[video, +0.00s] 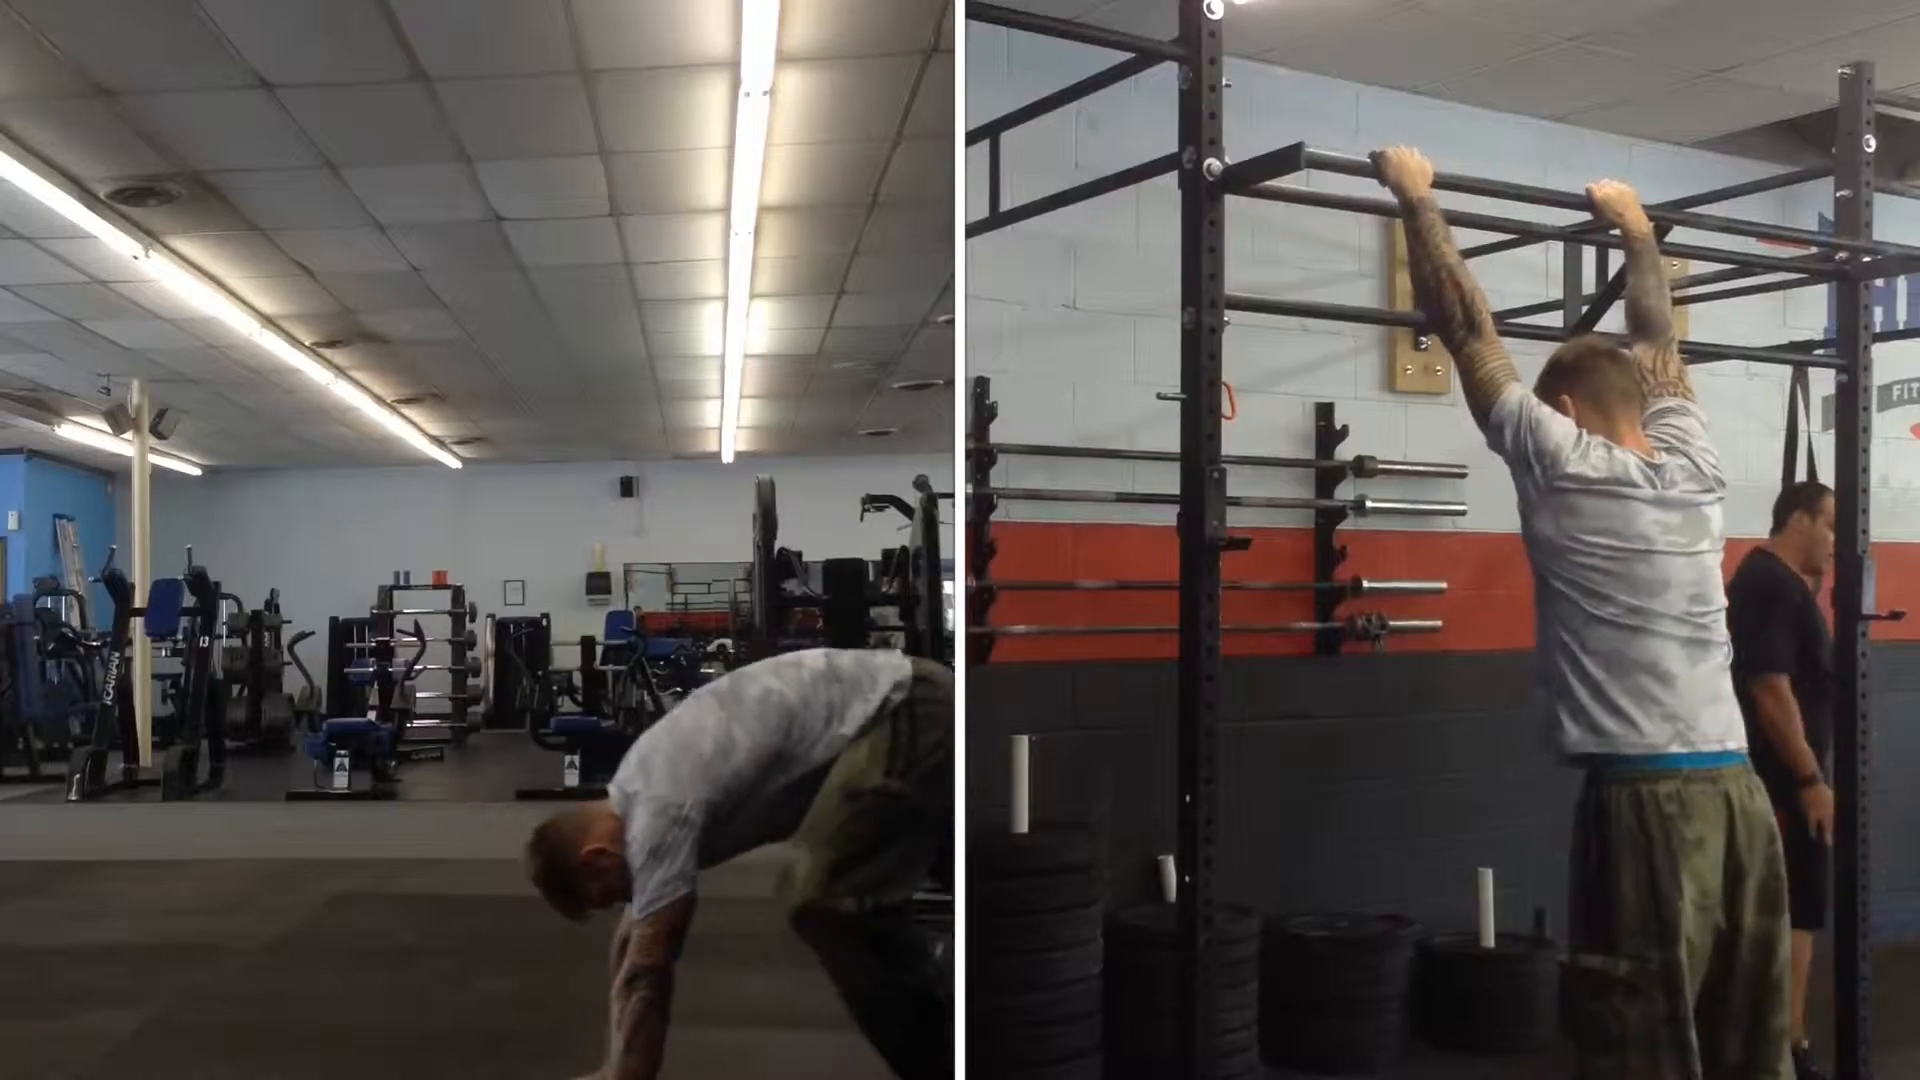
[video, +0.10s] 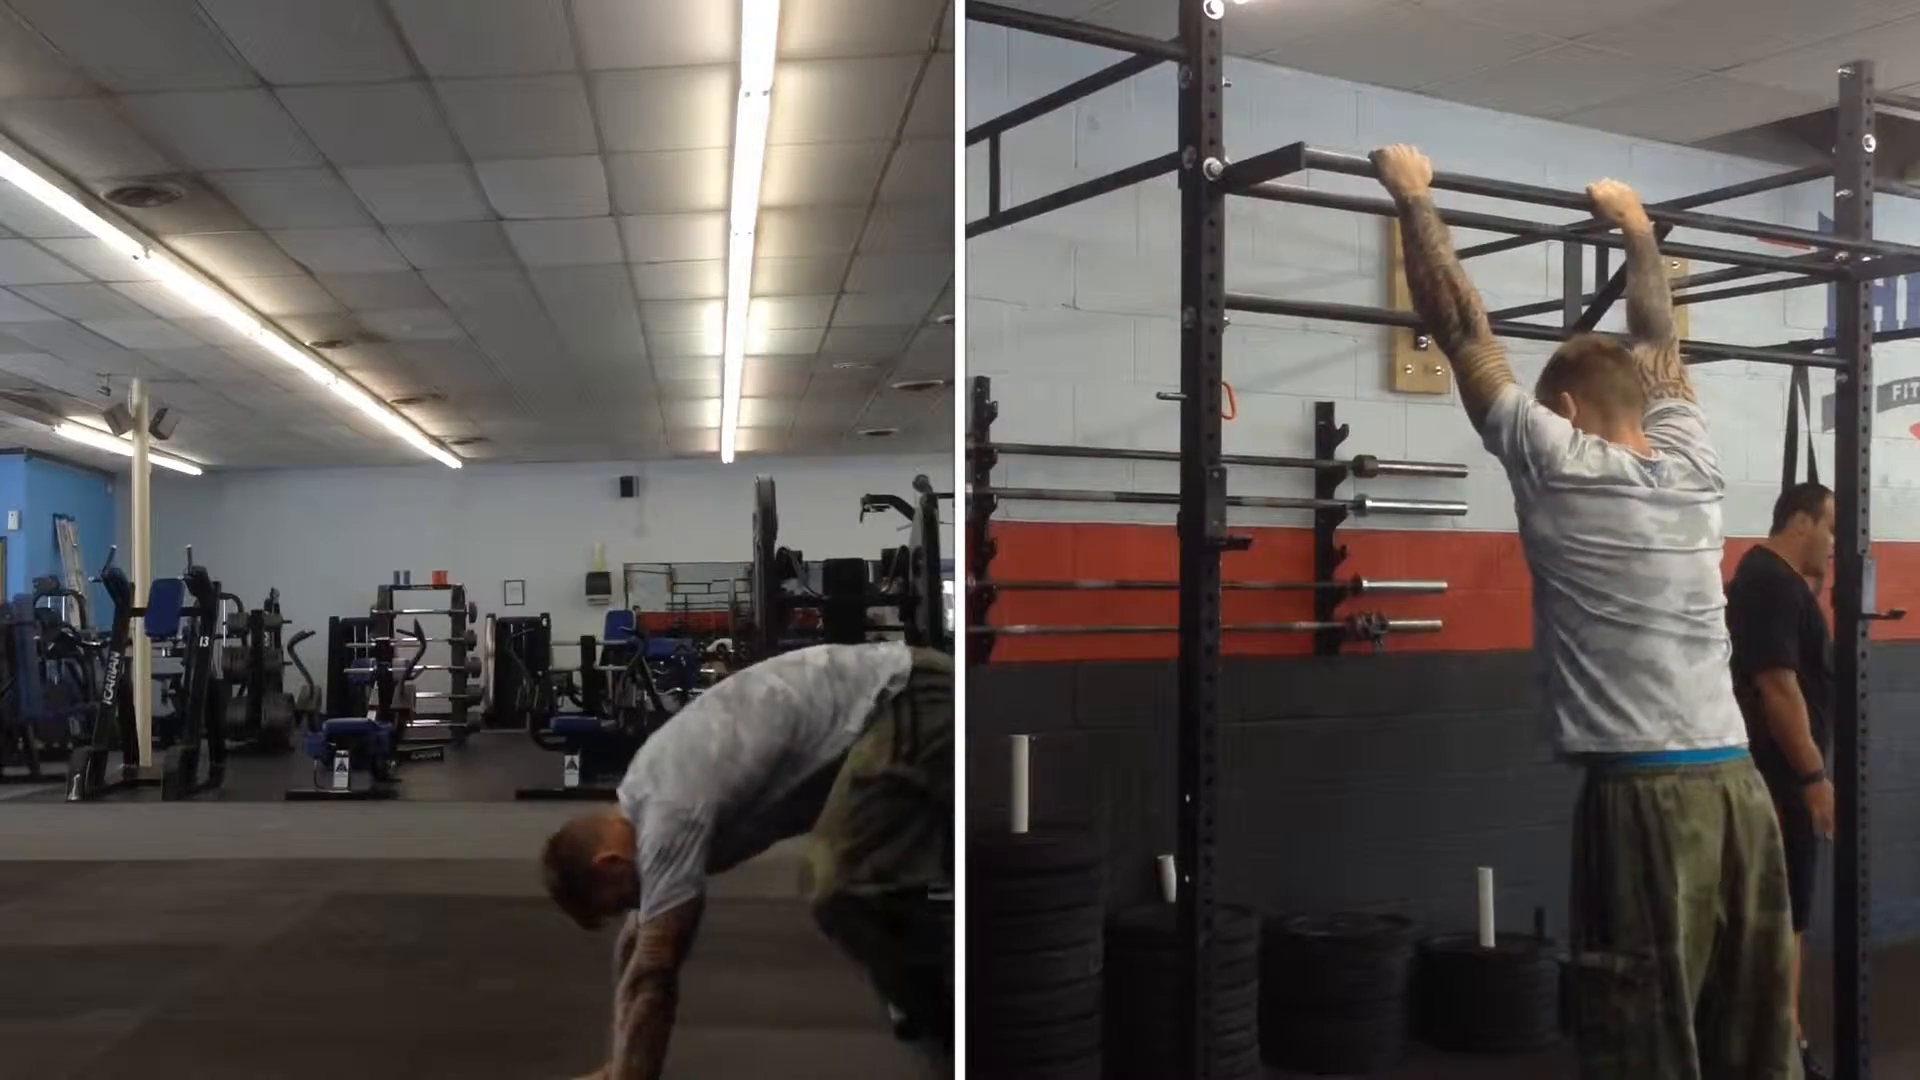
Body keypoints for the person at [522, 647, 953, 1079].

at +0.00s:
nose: (620, 905)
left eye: (606, 897)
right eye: (606, 906)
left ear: (600, 858)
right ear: (601, 844)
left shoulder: (660, 806)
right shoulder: (639, 797)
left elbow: (650, 970)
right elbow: (633, 947)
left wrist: (627, 1068)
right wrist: (616, 1060)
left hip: (908, 709)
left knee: (823, 903)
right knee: (816, 899)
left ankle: (928, 1056)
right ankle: (929, 1049)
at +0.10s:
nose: (627, 909)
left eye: (617, 905)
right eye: (616, 913)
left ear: (611, 865)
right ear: (609, 851)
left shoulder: (671, 812)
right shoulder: (644, 803)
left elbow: (654, 976)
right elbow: (636, 945)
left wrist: (631, 1070)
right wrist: (620, 1062)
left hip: (911, 698)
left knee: (846, 889)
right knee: (842, 885)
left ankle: (947, 1031)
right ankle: (933, 1019)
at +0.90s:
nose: (649, 926)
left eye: (639, 921)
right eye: (639, 927)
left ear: (636, 879)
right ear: (638, 861)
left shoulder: (691, 817)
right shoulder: (680, 815)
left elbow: (661, 991)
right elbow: (654, 978)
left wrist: (628, 1071)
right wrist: (621, 1069)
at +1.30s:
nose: (687, 926)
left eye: (679, 920)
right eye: (677, 927)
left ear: (674, 878)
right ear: (671, 870)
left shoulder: (733, 832)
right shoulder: (711, 822)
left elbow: (683, 998)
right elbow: (668, 960)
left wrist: (639, 1074)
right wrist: (621, 1066)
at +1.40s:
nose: (691, 933)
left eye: (684, 927)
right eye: (681, 934)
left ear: (682, 882)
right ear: (682, 873)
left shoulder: (740, 838)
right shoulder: (717, 830)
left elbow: (686, 1000)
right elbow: (672, 964)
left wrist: (637, 1074)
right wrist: (620, 1068)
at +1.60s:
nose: (720, 957)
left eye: (710, 947)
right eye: (707, 953)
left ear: (711, 896)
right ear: (709, 889)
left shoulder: (772, 850)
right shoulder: (740, 842)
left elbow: (704, 1011)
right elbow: (684, 969)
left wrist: (644, 1075)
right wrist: (622, 1068)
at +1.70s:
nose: (727, 963)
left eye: (722, 951)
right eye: (715, 960)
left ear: (724, 903)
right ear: (727, 892)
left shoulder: (790, 862)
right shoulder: (748, 852)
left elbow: (712, 1021)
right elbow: (691, 973)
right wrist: (624, 1069)